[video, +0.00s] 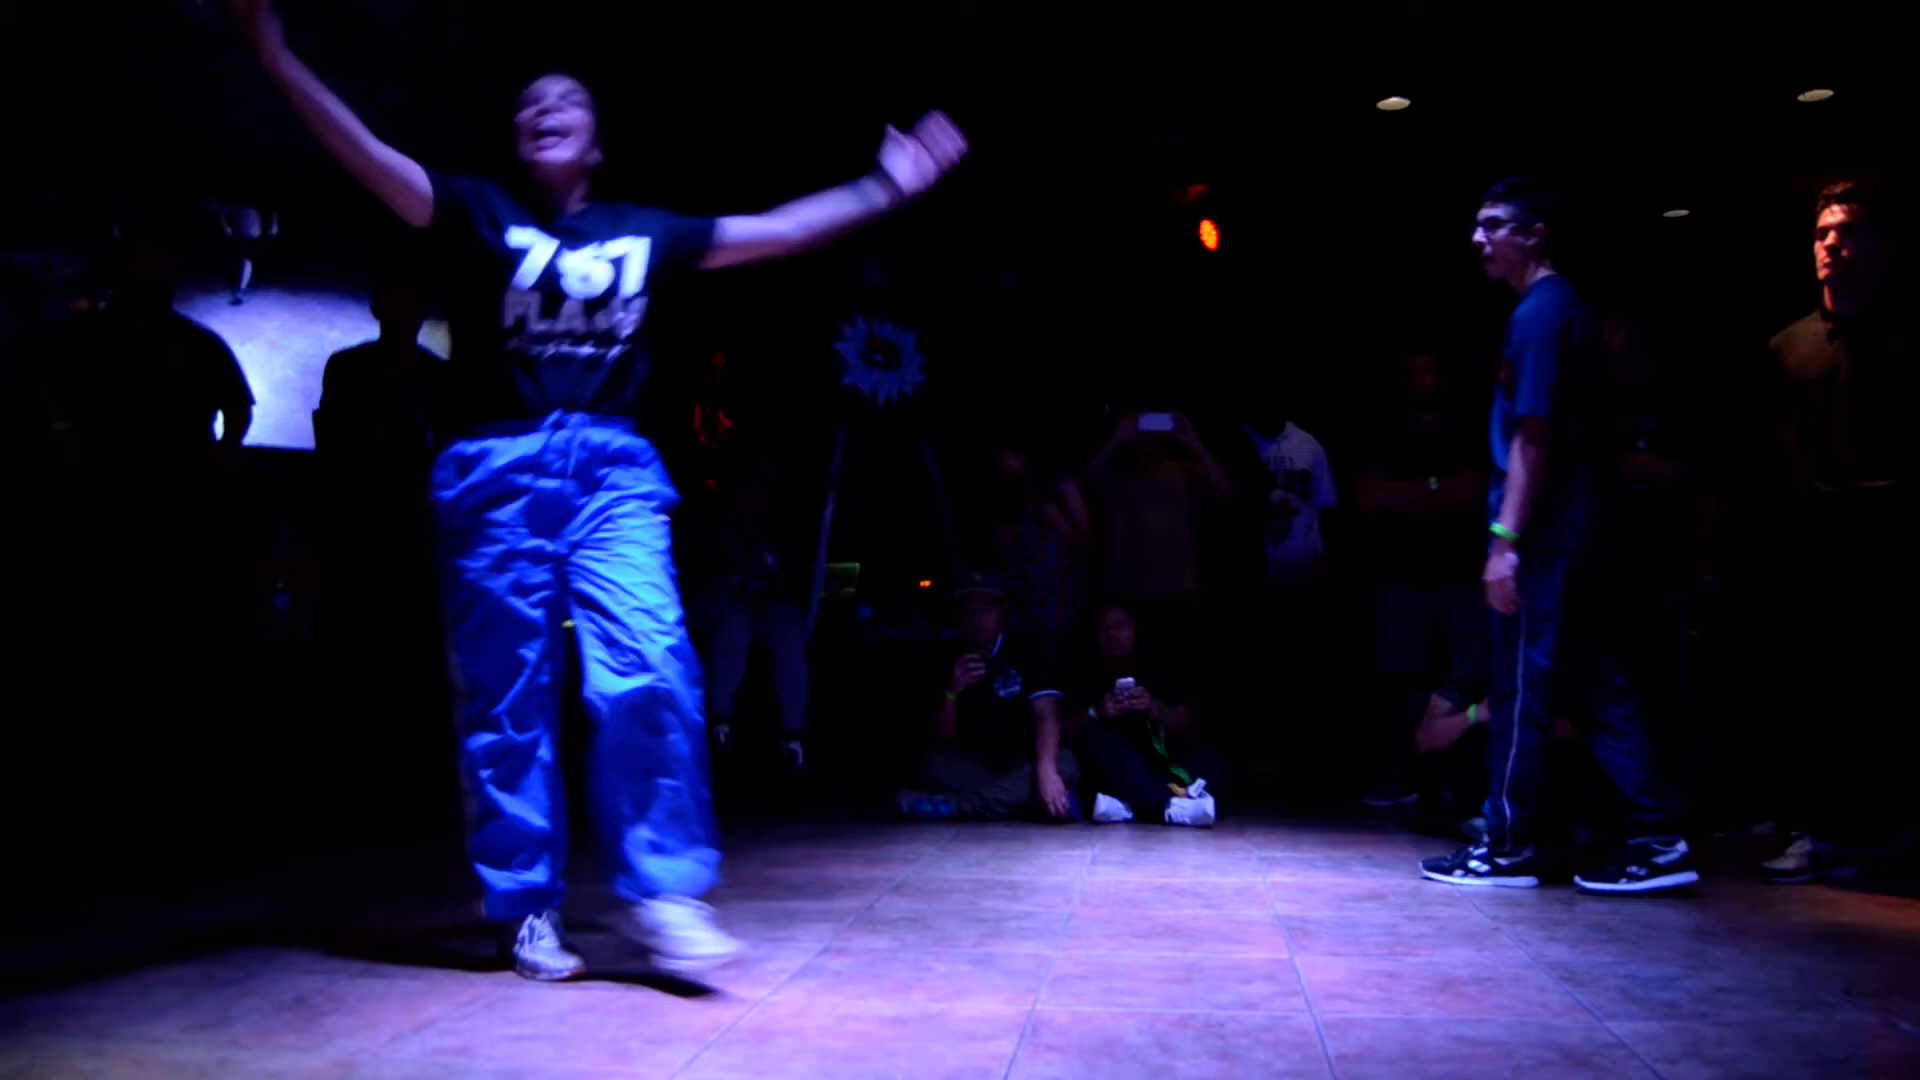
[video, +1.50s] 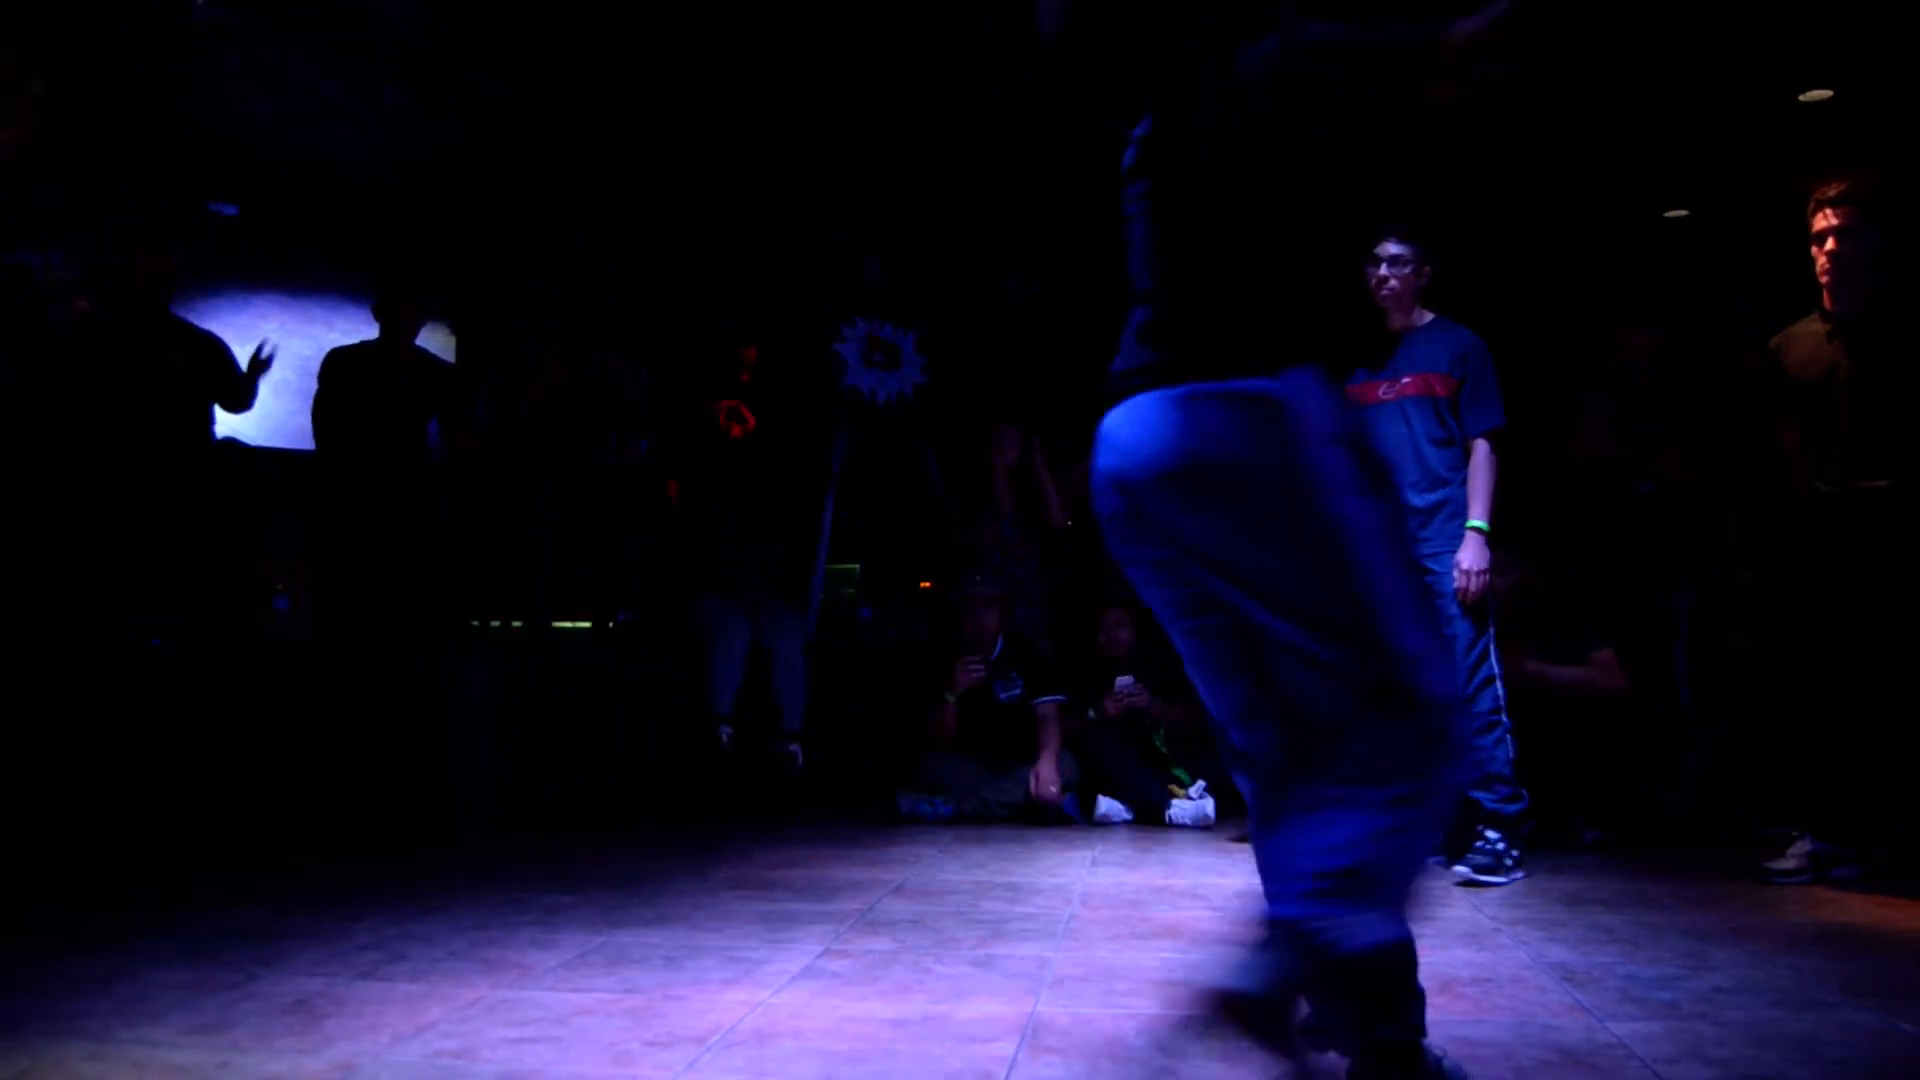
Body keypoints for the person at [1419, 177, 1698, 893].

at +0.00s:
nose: (1478, 238)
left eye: (1493, 227)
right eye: (1478, 227)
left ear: (1533, 235)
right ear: (1529, 241)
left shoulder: (1542, 311)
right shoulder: (1557, 307)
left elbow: (1533, 436)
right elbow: (1554, 434)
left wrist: (1507, 540)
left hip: (1549, 529)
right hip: (1573, 525)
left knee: (1524, 679)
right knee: (1595, 678)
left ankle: (1507, 843)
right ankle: (1657, 839)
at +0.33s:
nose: (1444, 251)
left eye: (1456, 238)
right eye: (1443, 239)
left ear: (1497, 242)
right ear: (1498, 247)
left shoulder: (1502, 318)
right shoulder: (1532, 311)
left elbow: (1479, 439)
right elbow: (1503, 438)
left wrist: (1428, 532)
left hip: (1506, 530)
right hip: (1539, 525)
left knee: (1494, 685)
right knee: (1537, 678)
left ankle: (1503, 845)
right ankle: (1617, 813)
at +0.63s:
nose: (1424, 248)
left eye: (1438, 237)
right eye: (1423, 237)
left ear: (1475, 245)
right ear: (1456, 250)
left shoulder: (1477, 317)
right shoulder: (1490, 314)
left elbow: (1460, 436)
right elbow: (1466, 436)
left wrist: (1412, 528)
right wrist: (1423, 526)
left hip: (1472, 533)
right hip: (1475, 531)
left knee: (1475, 685)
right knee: (1460, 683)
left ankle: (1499, 842)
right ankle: (1471, 830)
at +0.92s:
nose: (1401, 263)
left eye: (1413, 251)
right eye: (1398, 252)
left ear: (1448, 259)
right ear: (1412, 263)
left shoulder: (1470, 327)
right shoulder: (1444, 329)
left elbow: (1466, 436)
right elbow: (1442, 436)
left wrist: (1435, 530)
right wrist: (1420, 528)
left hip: (1466, 537)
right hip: (1432, 532)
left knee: (1468, 685)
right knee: (1424, 683)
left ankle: (1504, 839)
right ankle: (1423, 825)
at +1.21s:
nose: (1388, 266)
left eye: (1402, 255)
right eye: (1384, 256)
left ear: (1433, 265)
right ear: (1382, 269)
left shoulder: (1460, 337)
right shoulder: (1393, 351)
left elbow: (1474, 442)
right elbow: (1378, 467)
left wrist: (1457, 534)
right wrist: (1353, 554)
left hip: (1438, 543)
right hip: (1389, 549)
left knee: (1456, 694)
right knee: (1407, 694)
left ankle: (1503, 837)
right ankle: (1422, 827)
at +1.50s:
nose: (1383, 274)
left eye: (1396, 263)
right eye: (1376, 264)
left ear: (1423, 273)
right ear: (1365, 275)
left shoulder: (1456, 348)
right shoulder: (1355, 361)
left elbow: (1481, 446)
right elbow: (1340, 459)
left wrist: (1475, 534)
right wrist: (1349, 540)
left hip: (1443, 543)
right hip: (1378, 548)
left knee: (1469, 684)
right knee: (1402, 685)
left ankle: (1497, 828)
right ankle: (1417, 829)